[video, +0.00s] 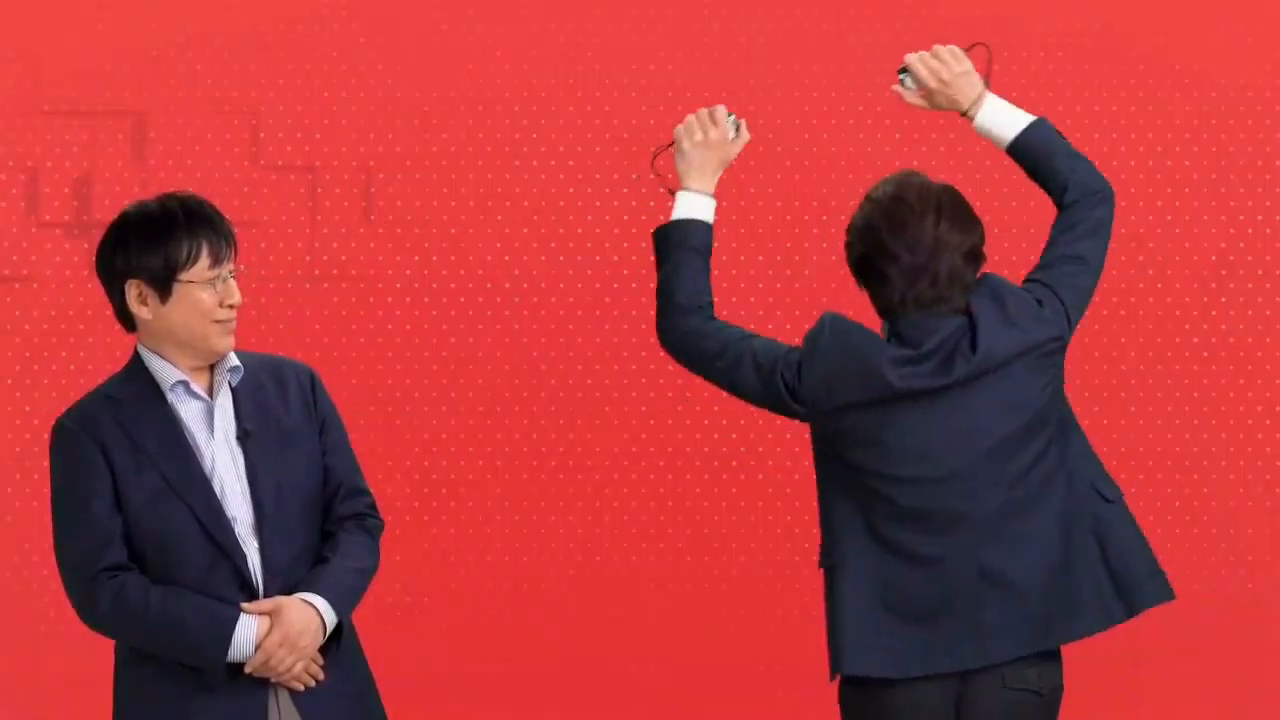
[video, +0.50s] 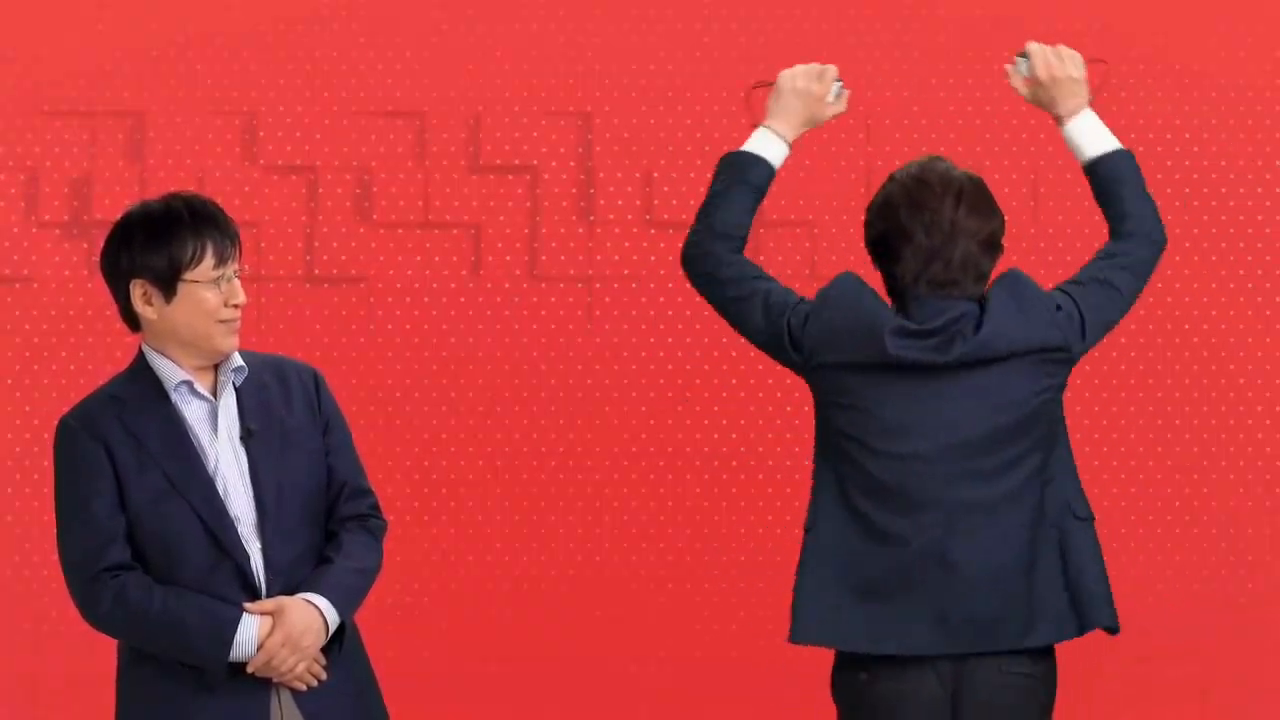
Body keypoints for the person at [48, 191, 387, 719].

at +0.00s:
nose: (233, 298)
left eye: (232, 278)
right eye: (210, 282)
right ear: (143, 300)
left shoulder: (296, 388)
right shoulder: (89, 433)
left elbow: (357, 522)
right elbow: (101, 591)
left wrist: (317, 611)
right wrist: (248, 638)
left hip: (330, 699)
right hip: (190, 707)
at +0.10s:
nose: (234, 298)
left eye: (232, 278)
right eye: (211, 283)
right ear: (144, 300)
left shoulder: (296, 388)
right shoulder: (89, 433)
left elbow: (358, 523)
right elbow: (101, 591)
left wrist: (317, 612)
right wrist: (249, 638)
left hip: (330, 700)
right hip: (189, 707)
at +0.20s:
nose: (234, 298)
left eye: (233, 278)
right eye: (211, 283)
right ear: (144, 301)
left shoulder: (297, 388)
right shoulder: (90, 433)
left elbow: (359, 522)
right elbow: (102, 591)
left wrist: (318, 611)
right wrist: (249, 638)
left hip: (331, 699)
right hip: (190, 707)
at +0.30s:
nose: (235, 298)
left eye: (234, 278)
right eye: (212, 283)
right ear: (145, 301)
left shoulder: (298, 388)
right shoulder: (90, 433)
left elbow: (359, 523)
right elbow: (103, 592)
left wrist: (318, 612)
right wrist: (250, 638)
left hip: (332, 699)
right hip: (191, 707)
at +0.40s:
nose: (236, 298)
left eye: (234, 278)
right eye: (213, 282)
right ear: (146, 300)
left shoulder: (300, 389)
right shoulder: (91, 433)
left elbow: (360, 523)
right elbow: (103, 590)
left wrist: (318, 611)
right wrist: (251, 638)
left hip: (332, 699)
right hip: (191, 707)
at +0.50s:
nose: (238, 298)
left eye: (236, 278)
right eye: (213, 282)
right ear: (147, 300)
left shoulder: (300, 389)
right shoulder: (92, 433)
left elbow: (361, 523)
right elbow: (104, 590)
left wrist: (319, 611)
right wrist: (251, 638)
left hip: (333, 700)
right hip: (192, 708)